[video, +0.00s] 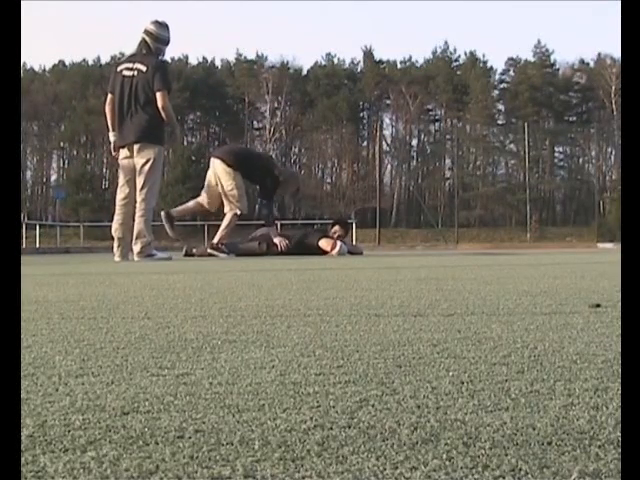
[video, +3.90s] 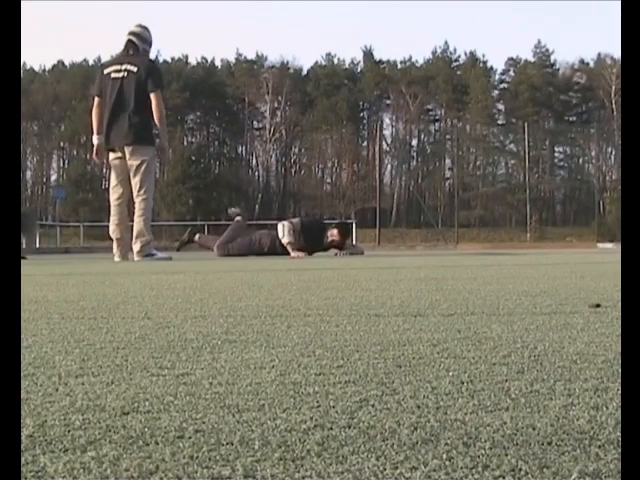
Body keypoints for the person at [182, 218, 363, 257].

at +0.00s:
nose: (337, 239)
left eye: (341, 236)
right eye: (336, 234)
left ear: (343, 236)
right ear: (330, 231)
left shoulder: (331, 243)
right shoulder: (318, 237)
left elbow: (359, 251)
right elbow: (333, 248)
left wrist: (344, 247)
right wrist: (352, 249)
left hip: (272, 243)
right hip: (268, 239)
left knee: (233, 246)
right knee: (234, 246)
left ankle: (199, 252)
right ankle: (200, 251)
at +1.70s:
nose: (336, 241)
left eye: (339, 240)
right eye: (337, 237)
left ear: (338, 240)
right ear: (334, 234)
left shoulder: (325, 241)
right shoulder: (322, 237)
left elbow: (354, 251)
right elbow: (328, 246)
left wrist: (346, 247)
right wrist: (336, 249)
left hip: (267, 244)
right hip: (266, 243)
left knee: (229, 248)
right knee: (229, 248)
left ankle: (195, 252)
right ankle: (195, 251)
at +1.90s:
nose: (337, 245)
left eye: (339, 242)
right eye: (339, 242)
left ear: (335, 236)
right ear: (335, 238)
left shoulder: (321, 237)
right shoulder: (320, 237)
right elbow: (330, 248)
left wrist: (346, 246)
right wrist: (343, 248)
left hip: (271, 238)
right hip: (272, 239)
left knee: (229, 247)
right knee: (230, 249)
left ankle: (193, 252)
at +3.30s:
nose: (342, 242)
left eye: (345, 241)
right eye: (342, 238)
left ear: (345, 241)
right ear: (337, 233)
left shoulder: (329, 242)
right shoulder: (313, 234)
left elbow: (359, 251)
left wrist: (344, 249)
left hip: (271, 247)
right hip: (266, 242)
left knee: (231, 245)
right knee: (221, 250)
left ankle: (199, 239)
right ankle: (236, 218)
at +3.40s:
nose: (343, 238)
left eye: (344, 238)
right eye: (342, 236)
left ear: (341, 239)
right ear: (336, 234)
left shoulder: (329, 242)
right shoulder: (322, 238)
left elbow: (355, 249)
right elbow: (290, 225)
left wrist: (350, 248)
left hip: (275, 244)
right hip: (270, 242)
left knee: (236, 244)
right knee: (221, 250)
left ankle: (200, 236)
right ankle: (236, 217)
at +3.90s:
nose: (334, 243)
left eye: (338, 242)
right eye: (336, 239)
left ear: (339, 240)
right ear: (333, 231)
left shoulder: (328, 240)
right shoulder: (315, 226)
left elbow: (359, 250)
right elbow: (284, 227)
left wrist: (345, 250)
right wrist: (292, 249)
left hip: (270, 248)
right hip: (265, 239)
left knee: (226, 248)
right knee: (220, 249)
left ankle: (196, 236)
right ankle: (238, 219)